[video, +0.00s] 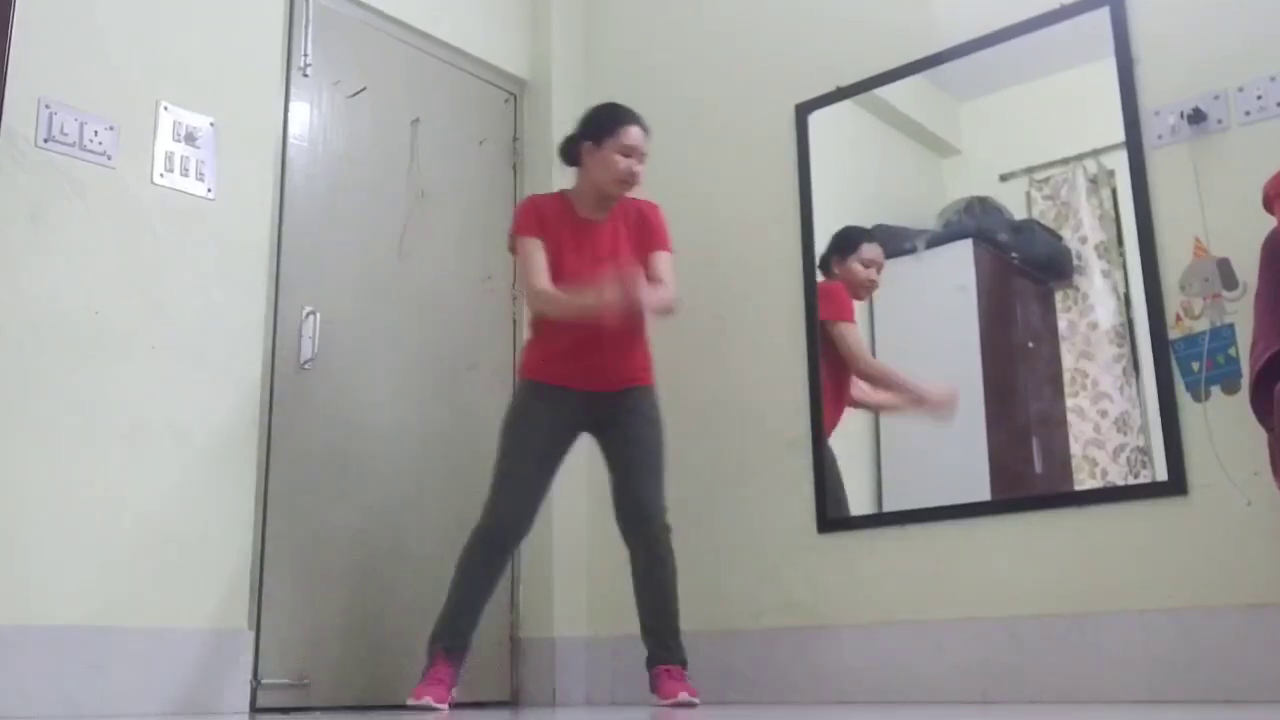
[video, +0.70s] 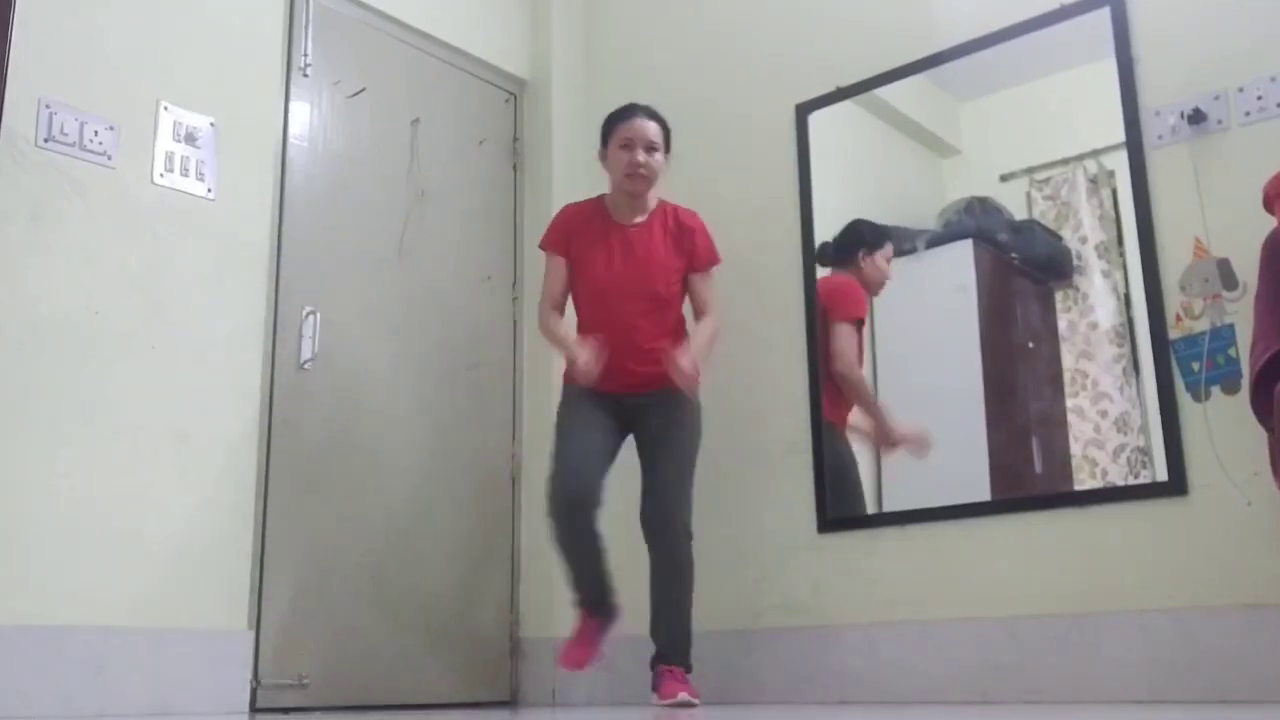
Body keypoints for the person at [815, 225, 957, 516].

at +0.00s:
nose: (874, 277)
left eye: (879, 270)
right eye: (865, 265)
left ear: (883, 272)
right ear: (837, 264)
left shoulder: (829, 301)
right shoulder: (832, 291)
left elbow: (854, 393)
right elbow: (862, 365)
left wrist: (917, 401)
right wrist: (927, 394)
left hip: (814, 441)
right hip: (805, 441)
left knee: (836, 528)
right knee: (835, 528)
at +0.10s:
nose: (883, 276)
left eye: (888, 269)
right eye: (875, 264)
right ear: (846, 260)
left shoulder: (829, 294)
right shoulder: (841, 290)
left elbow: (840, 395)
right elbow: (861, 371)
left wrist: (870, 461)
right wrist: (889, 447)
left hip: (815, 435)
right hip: (807, 434)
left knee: (836, 520)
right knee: (837, 519)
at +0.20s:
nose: (892, 273)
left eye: (897, 266)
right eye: (884, 260)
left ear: (903, 267)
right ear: (855, 257)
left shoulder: (831, 287)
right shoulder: (850, 285)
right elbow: (837, 355)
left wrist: (831, 431)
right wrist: (832, 430)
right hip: (818, 433)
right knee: (837, 521)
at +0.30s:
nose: (897, 272)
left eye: (903, 265)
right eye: (890, 260)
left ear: (908, 266)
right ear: (860, 254)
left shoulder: (831, 282)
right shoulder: (858, 281)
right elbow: (829, 318)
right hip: (819, 419)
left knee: (840, 511)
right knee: (839, 512)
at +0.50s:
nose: (899, 273)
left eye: (903, 265)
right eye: (894, 261)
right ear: (864, 256)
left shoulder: (829, 283)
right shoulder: (858, 283)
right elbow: (827, 315)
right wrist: (811, 370)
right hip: (825, 417)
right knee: (842, 516)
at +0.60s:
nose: (897, 272)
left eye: (898, 262)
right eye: (893, 260)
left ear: (866, 258)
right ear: (866, 257)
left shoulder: (823, 287)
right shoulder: (852, 287)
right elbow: (830, 345)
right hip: (825, 434)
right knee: (849, 526)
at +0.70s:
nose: (889, 273)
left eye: (890, 263)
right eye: (886, 260)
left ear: (860, 258)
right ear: (863, 258)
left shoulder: (822, 289)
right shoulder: (846, 288)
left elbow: (825, 396)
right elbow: (843, 367)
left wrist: (877, 432)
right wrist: (884, 426)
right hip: (824, 431)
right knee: (851, 526)